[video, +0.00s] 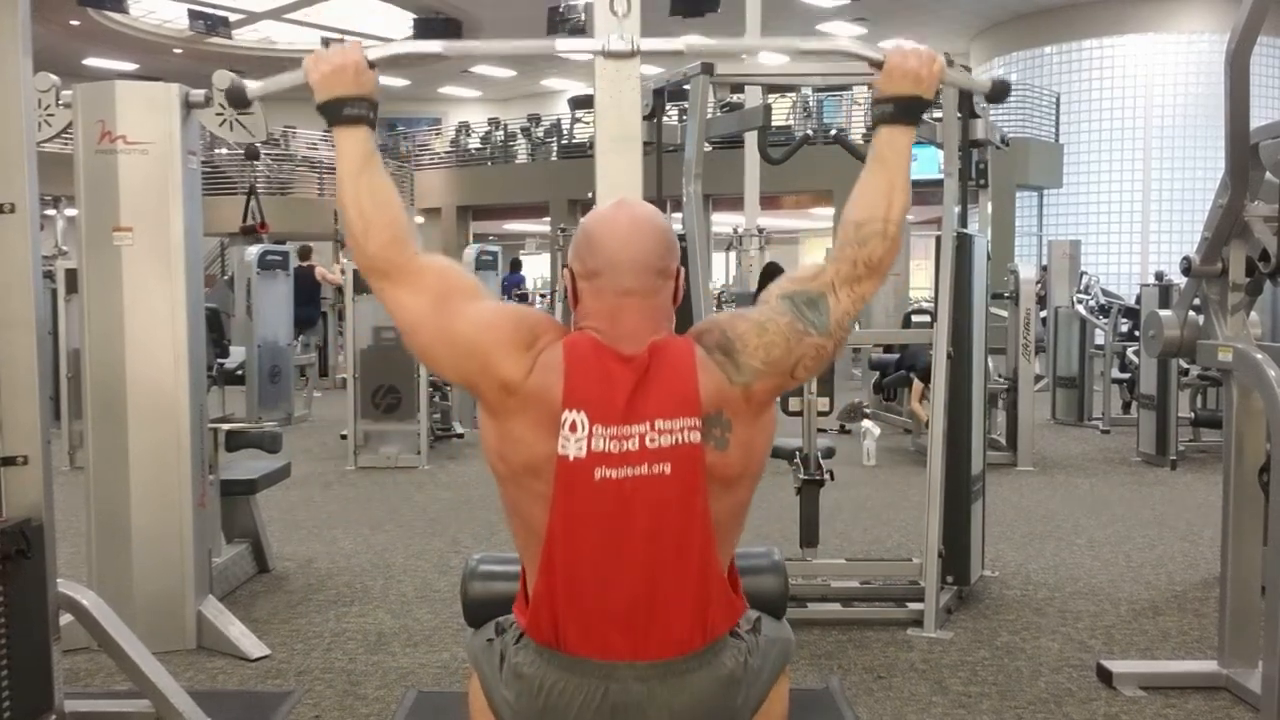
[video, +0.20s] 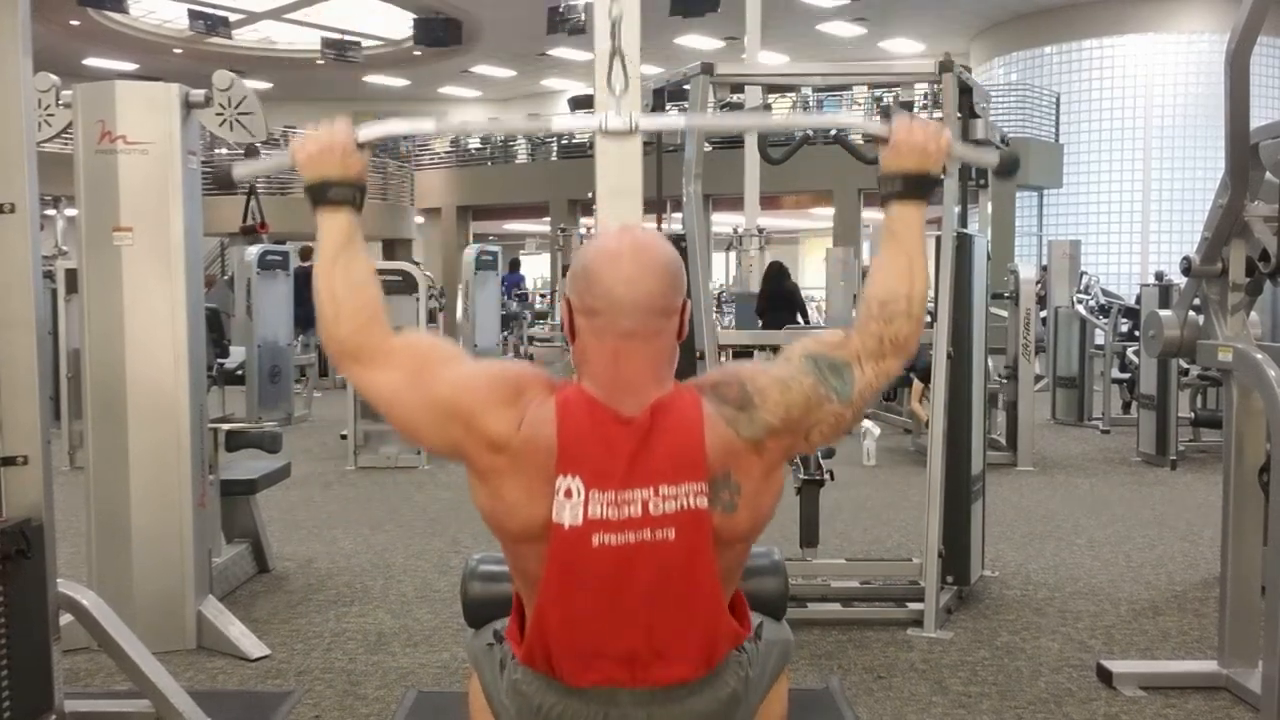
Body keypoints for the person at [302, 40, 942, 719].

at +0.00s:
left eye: (574, 272)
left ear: (572, 288)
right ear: (677, 287)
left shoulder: (513, 361)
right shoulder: (741, 364)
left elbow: (389, 262)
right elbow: (856, 266)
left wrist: (349, 114)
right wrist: (899, 112)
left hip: (553, 687)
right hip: (702, 684)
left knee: (488, 661)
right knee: (770, 652)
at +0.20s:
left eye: (571, 294)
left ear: (569, 321)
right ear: (682, 320)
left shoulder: (502, 415)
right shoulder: (752, 413)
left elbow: (359, 348)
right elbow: (886, 338)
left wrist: (334, 196)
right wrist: (909, 188)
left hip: (551, 691)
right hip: (710, 688)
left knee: (488, 662)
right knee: (769, 641)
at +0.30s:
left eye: (568, 322)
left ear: (568, 345)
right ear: (683, 346)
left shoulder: (500, 449)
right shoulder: (758, 445)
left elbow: (351, 403)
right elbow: (896, 397)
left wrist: (326, 249)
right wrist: (909, 249)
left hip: (548, 695)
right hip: (703, 693)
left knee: (491, 637)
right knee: (770, 647)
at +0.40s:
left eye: (569, 343)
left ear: (568, 365)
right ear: (687, 368)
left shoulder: (496, 478)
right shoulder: (757, 479)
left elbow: (338, 450)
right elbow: (897, 452)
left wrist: (326, 303)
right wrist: (912, 311)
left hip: (549, 698)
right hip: (702, 696)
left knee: (491, 647)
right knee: (770, 645)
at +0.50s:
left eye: (572, 358)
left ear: (570, 381)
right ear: (692, 384)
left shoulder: (494, 500)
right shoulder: (759, 501)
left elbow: (339, 509)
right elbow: (899, 513)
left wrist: (326, 358)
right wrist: (913, 368)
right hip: (706, 702)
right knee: (799, 670)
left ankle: (485, 700)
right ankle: (773, 698)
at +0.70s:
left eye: (567, 384)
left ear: (567, 406)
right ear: (690, 413)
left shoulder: (486, 542)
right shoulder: (763, 536)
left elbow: (349, 616)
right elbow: (884, 613)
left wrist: (326, 470)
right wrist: (908, 461)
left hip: (533, 706)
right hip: (707, 706)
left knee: (483, 666)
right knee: (768, 639)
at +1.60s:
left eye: (559, 362)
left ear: (557, 383)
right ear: (679, 384)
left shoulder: (479, 502)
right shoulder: (754, 501)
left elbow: (333, 532)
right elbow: (897, 527)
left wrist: (323, 378)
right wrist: (909, 375)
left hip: (534, 707)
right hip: (707, 706)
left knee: (484, 628)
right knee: (772, 638)